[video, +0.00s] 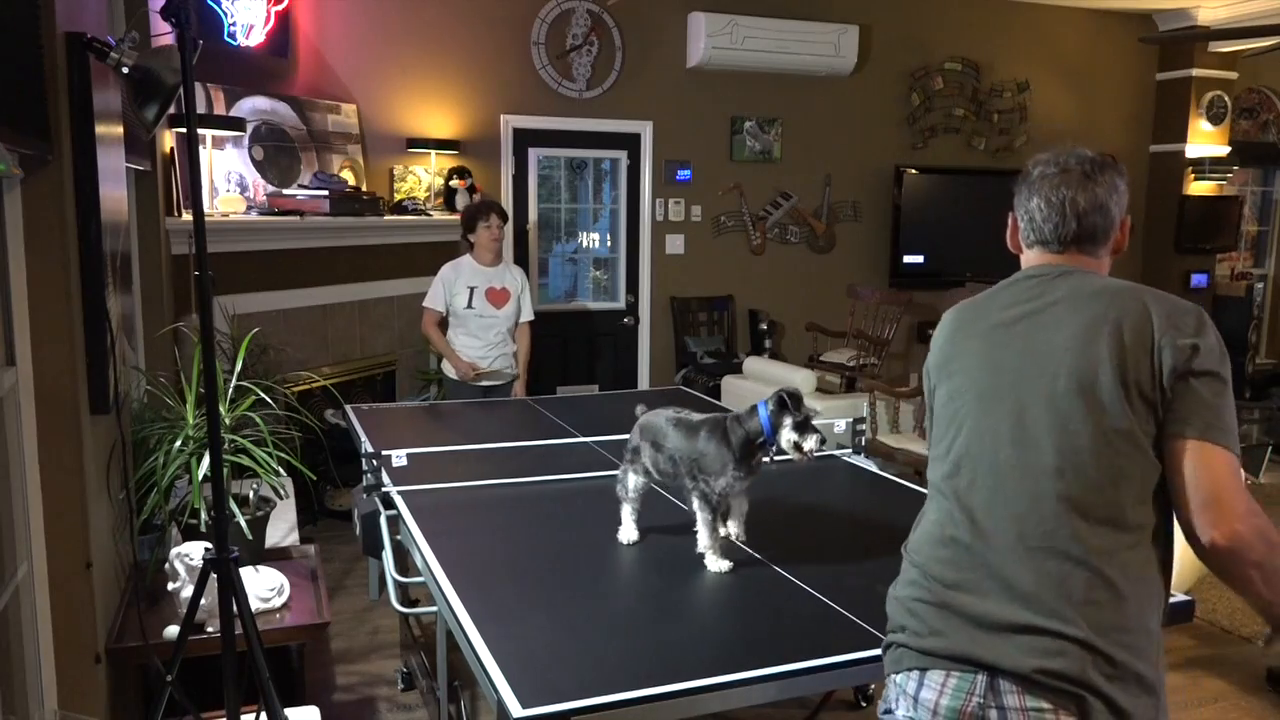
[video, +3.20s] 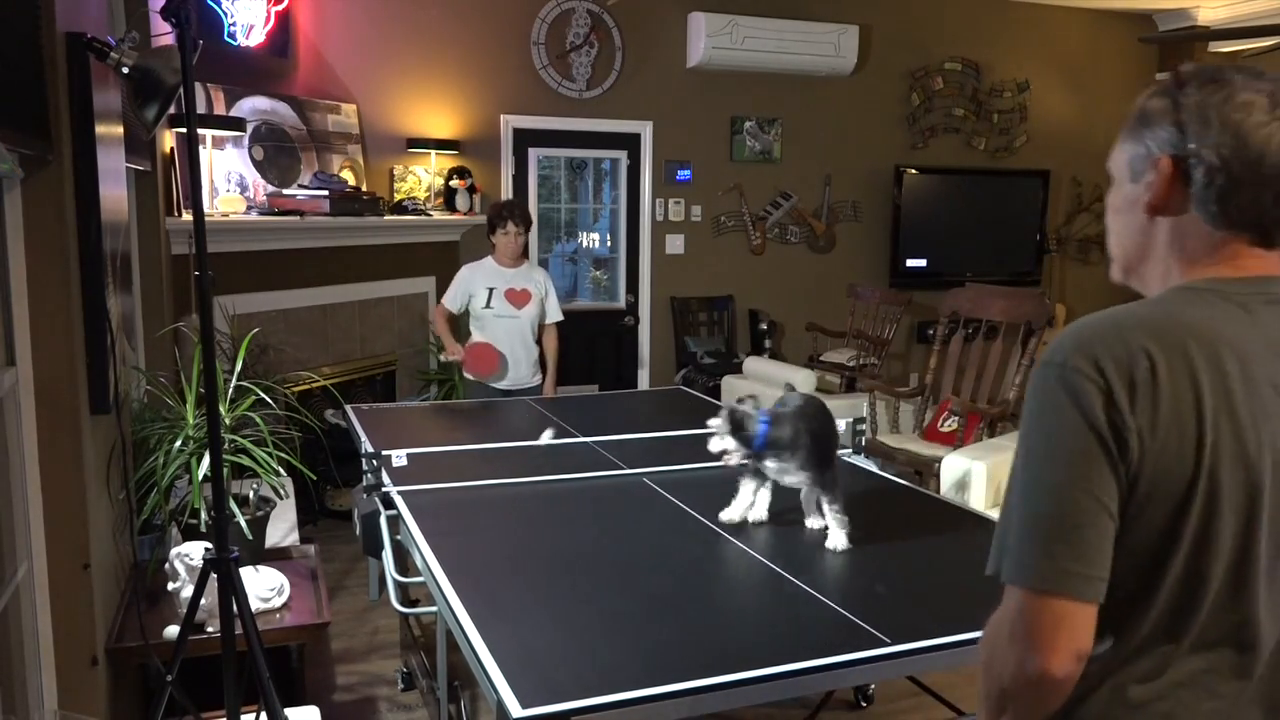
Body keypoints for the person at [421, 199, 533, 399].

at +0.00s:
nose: (496, 233)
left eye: (500, 227)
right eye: (487, 227)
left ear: (504, 231)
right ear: (471, 235)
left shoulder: (516, 275)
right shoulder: (451, 272)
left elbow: (522, 328)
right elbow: (429, 324)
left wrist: (521, 377)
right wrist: (456, 362)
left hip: (504, 381)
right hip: (461, 382)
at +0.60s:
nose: (517, 238)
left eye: (521, 232)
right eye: (508, 232)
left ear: (525, 233)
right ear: (490, 237)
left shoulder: (532, 275)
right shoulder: (468, 273)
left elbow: (537, 328)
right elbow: (438, 317)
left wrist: (534, 378)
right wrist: (474, 352)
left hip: (518, 382)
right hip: (475, 382)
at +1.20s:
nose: (528, 246)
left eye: (532, 240)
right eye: (520, 239)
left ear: (536, 242)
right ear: (502, 243)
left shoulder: (539, 278)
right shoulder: (482, 276)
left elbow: (539, 330)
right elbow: (454, 327)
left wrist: (535, 375)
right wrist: (494, 345)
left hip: (517, 378)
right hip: (476, 378)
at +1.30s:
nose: (528, 250)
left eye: (532, 243)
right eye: (520, 243)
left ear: (537, 245)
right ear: (502, 248)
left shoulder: (537, 281)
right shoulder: (485, 278)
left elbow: (535, 332)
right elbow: (477, 325)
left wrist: (531, 373)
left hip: (511, 374)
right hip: (473, 375)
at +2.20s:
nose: (519, 233)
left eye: (524, 227)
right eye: (511, 227)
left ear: (529, 231)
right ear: (495, 234)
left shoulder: (540, 273)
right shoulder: (477, 272)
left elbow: (547, 327)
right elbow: (457, 324)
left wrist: (549, 377)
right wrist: (494, 350)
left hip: (531, 382)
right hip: (487, 383)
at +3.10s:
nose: (518, 237)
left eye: (523, 230)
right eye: (509, 231)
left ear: (529, 234)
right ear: (496, 236)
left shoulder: (543, 275)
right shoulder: (475, 273)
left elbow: (551, 328)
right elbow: (450, 319)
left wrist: (553, 375)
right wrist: (468, 347)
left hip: (531, 382)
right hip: (487, 382)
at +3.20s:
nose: (512, 241)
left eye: (519, 234)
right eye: (505, 234)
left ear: (526, 237)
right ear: (492, 237)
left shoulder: (539, 277)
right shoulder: (471, 274)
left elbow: (549, 330)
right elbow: (439, 314)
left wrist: (550, 379)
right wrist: (450, 343)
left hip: (527, 384)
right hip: (482, 385)